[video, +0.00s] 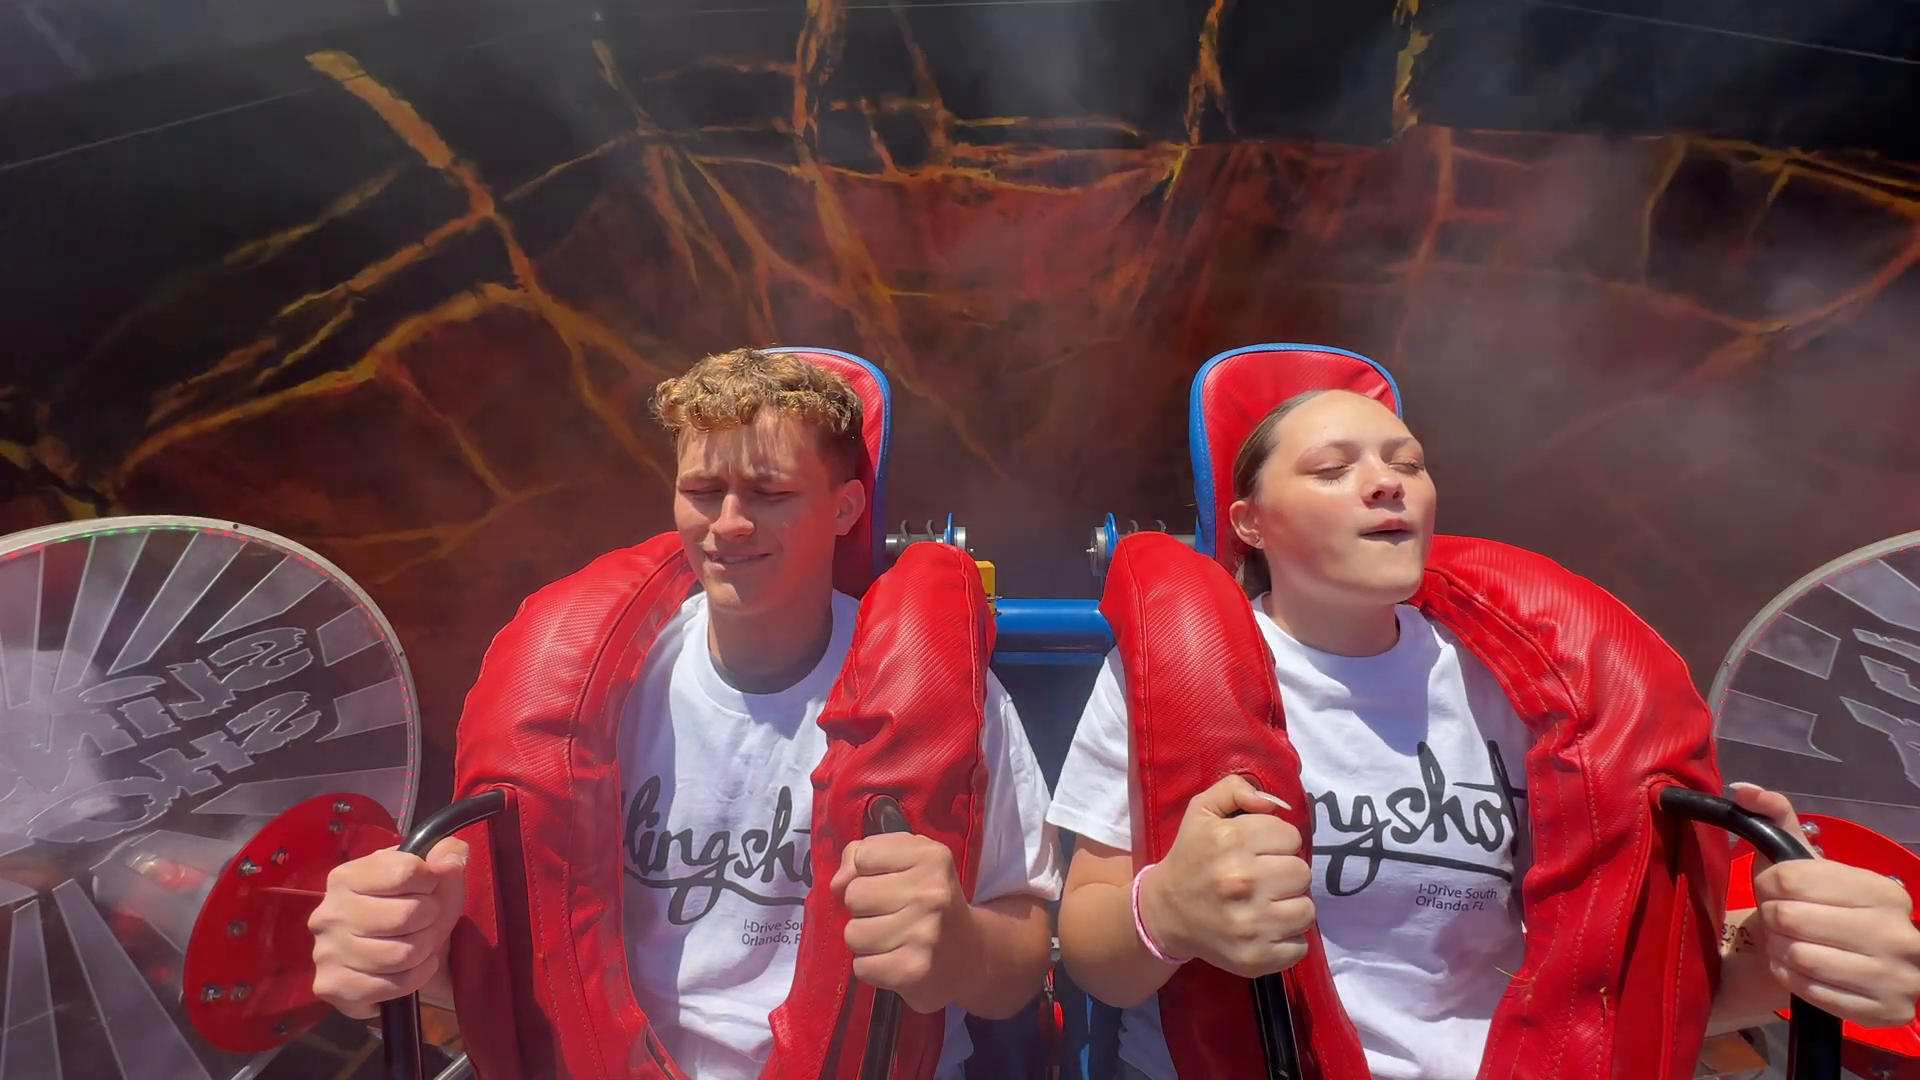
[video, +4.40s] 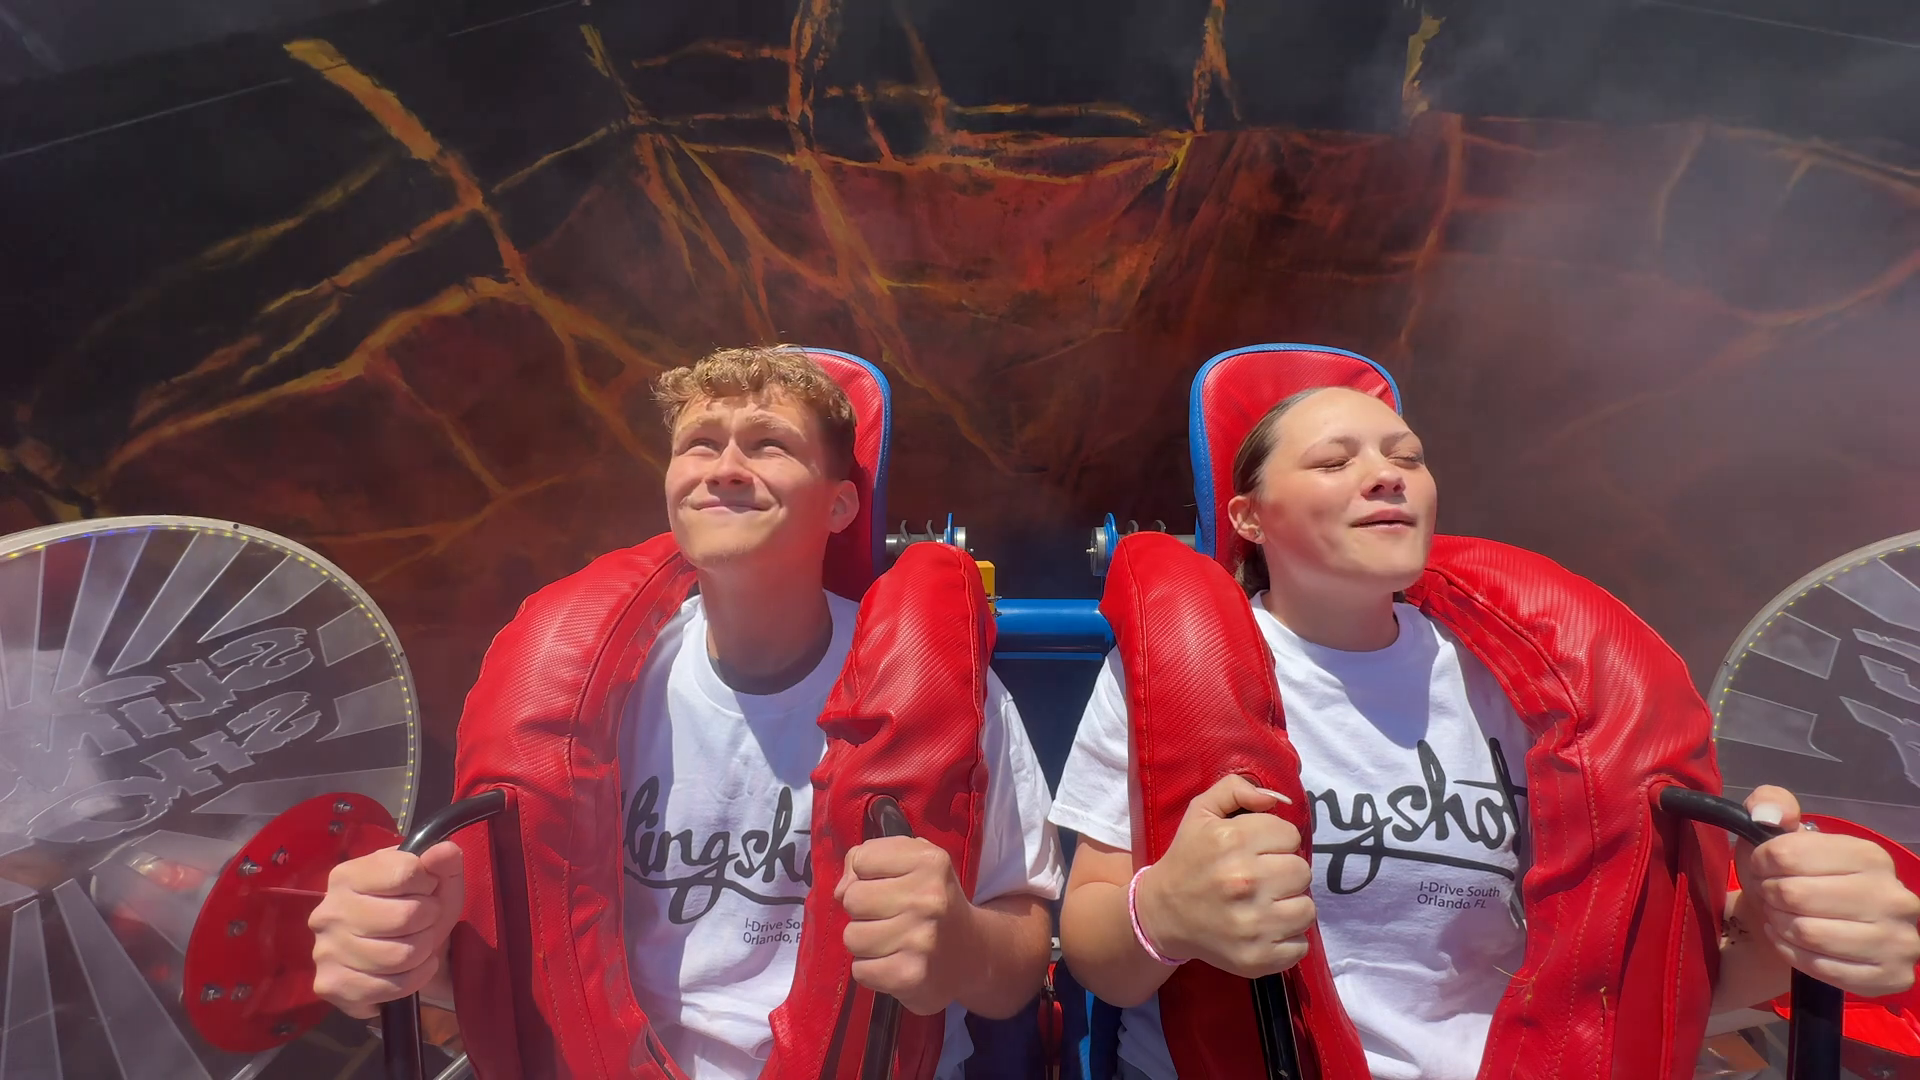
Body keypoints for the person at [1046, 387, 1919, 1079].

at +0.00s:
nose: (1386, 481)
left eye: (1402, 457)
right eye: (1330, 466)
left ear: (1432, 491)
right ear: (1245, 522)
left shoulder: (1529, 666)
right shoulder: (1173, 667)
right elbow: (1086, 955)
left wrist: (1748, 927)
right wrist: (1161, 911)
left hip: (1508, 1068)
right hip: (1287, 1066)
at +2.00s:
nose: (1373, 491)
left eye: (1393, 463)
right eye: (1321, 473)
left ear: (1427, 490)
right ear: (1242, 525)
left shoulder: (1533, 655)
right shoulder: (1171, 663)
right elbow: (1087, 957)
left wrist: (1754, 897)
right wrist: (1160, 913)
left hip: (1515, 1055)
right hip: (1289, 1057)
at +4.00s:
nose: (1387, 463)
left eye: (1401, 443)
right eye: (1332, 451)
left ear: (1434, 488)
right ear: (1246, 516)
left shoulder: (1530, 666)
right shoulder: (1173, 659)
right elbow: (1088, 951)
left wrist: (1762, 907)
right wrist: (1158, 915)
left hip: (1506, 1068)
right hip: (1287, 1066)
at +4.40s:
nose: (1386, 475)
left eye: (1402, 451)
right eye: (1332, 458)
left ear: (1432, 486)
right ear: (1244, 515)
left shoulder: (1530, 667)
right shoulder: (1173, 662)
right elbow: (1089, 953)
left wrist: (1766, 914)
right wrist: (1158, 914)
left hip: (1503, 1066)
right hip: (1283, 1063)